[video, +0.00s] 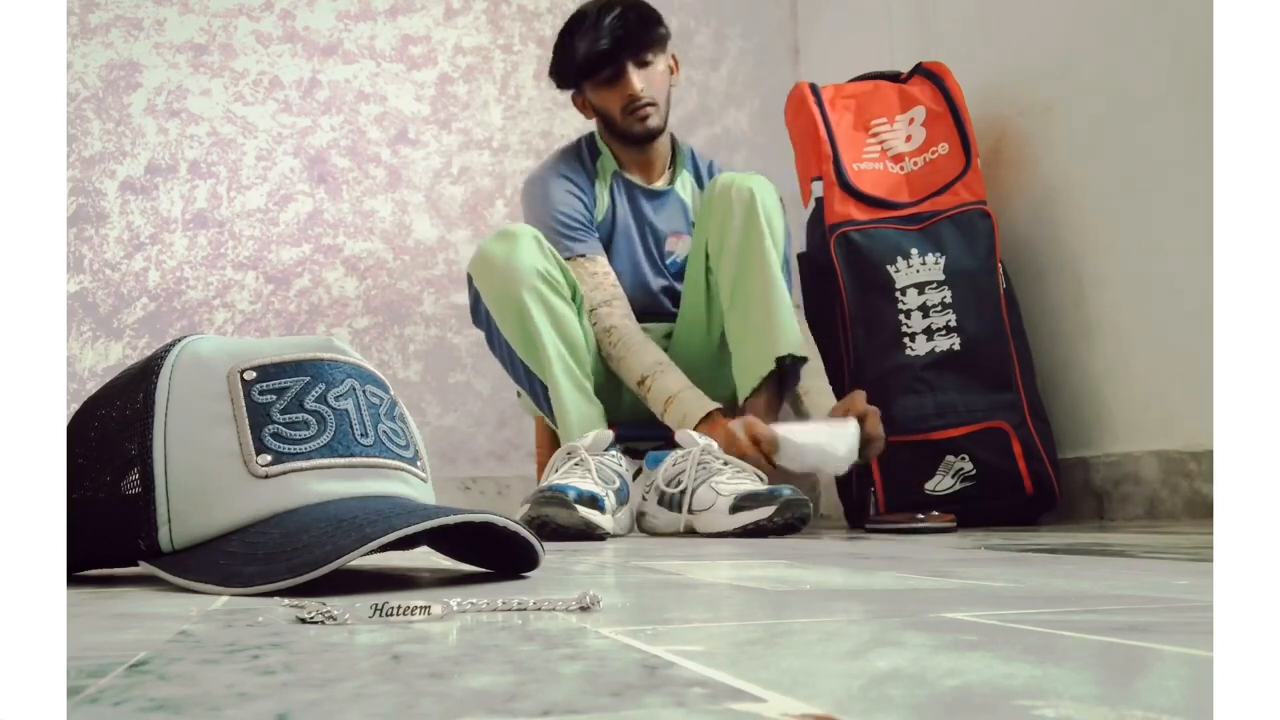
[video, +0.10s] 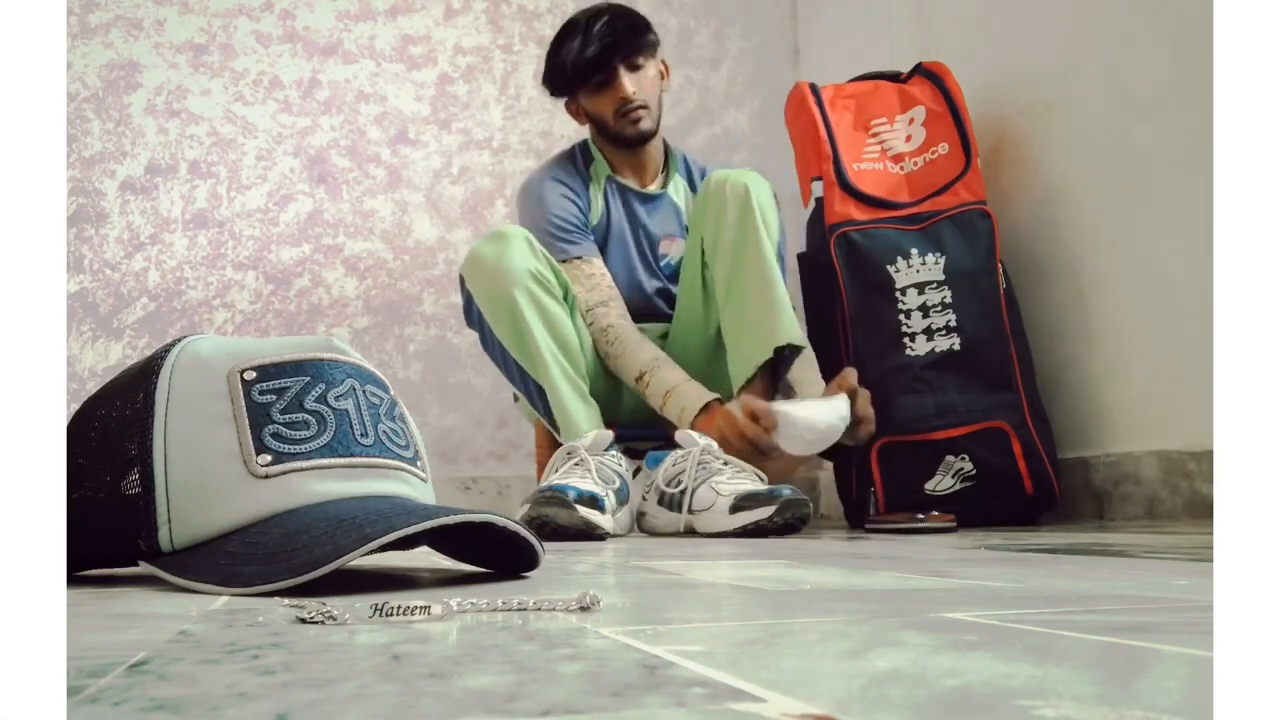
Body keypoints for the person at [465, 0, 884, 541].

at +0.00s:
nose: (635, 87)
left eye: (645, 63)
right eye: (609, 77)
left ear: (672, 69)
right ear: (584, 105)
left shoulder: (715, 185)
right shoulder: (558, 187)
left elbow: (779, 314)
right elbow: (615, 329)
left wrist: (827, 416)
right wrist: (708, 420)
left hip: (702, 378)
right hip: (602, 379)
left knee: (747, 192)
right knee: (504, 251)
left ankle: (722, 464)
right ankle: (591, 461)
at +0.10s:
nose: (626, 90)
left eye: (637, 67)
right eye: (601, 82)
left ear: (663, 75)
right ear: (578, 112)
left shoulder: (710, 188)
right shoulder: (553, 191)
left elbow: (755, 330)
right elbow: (611, 330)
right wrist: (701, 412)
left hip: (697, 379)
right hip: (597, 379)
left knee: (741, 187)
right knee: (496, 253)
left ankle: (720, 460)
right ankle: (591, 460)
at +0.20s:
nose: (613, 91)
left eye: (622, 71)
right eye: (589, 85)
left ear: (647, 81)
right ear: (567, 118)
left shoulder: (703, 190)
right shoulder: (547, 195)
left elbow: (765, 319)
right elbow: (606, 321)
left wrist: (814, 414)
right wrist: (695, 404)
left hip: (694, 379)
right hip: (594, 382)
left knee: (728, 183)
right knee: (491, 254)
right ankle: (586, 461)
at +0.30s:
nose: (603, 92)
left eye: (612, 72)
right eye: (579, 86)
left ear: (636, 86)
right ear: (556, 123)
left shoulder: (695, 190)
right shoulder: (537, 200)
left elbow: (759, 322)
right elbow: (598, 318)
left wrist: (813, 406)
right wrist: (691, 387)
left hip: (690, 380)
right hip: (593, 383)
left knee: (718, 179)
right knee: (485, 256)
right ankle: (588, 460)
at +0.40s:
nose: (597, 105)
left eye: (605, 84)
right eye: (573, 98)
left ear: (630, 95)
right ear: (552, 133)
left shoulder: (690, 192)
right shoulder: (534, 205)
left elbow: (755, 316)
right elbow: (593, 319)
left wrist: (757, 401)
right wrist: (681, 391)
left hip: (688, 375)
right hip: (592, 382)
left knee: (713, 178)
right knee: (482, 254)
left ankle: (755, 390)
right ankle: (585, 458)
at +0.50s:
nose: (588, 109)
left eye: (596, 88)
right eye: (564, 104)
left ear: (623, 96)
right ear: (547, 135)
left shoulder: (689, 193)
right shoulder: (533, 206)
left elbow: (763, 332)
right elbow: (601, 319)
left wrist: (760, 386)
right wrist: (683, 385)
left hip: (684, 378)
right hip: (592, 383)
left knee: (724, 178)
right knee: (482, 254)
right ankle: (582, 459)